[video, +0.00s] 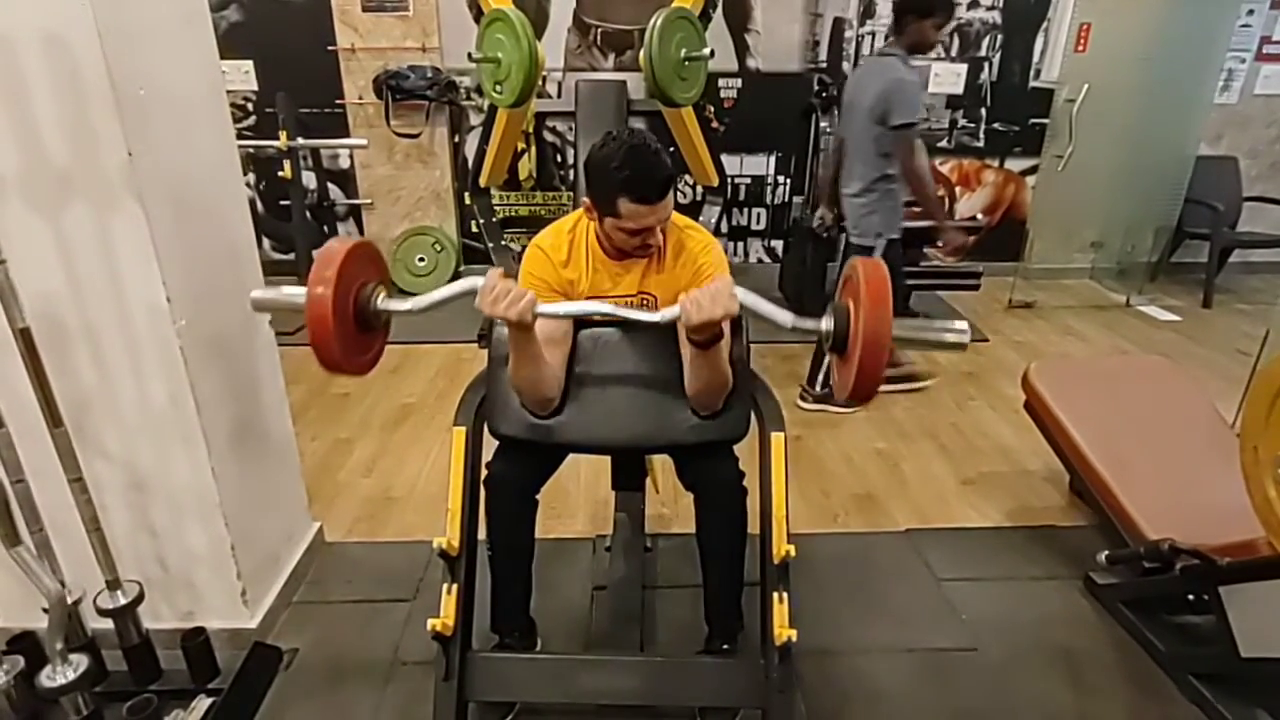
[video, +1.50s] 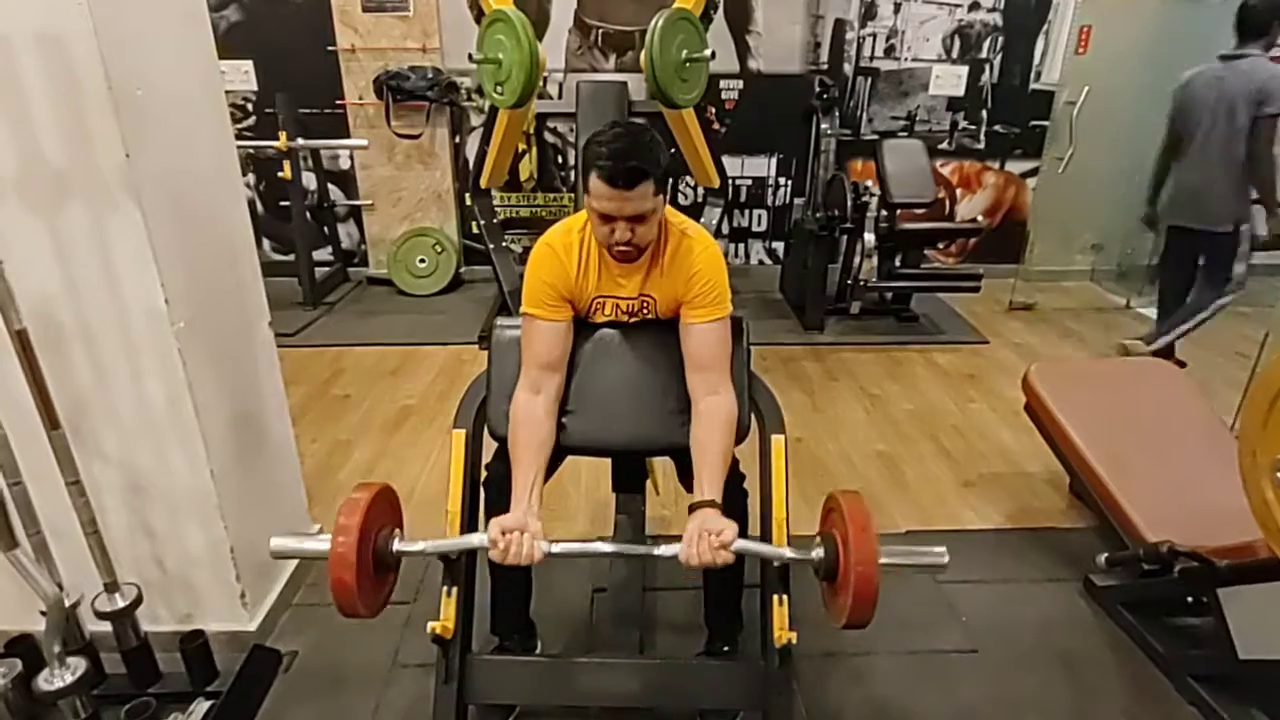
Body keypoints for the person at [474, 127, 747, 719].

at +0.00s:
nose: (652, 238)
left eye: (661, 224)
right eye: (635, 231)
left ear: (671, 199)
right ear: (593, 211)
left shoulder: (696, 249)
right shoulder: (551, 250)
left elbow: (709, 401)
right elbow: (539, 401)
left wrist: (704, 339)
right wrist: (520, 329)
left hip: (669, 391)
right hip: (576, 390)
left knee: (720, 479)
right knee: (507, 479)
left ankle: (724, 637)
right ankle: (512, 633)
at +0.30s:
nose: (648, 244)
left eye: (658, 230)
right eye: (629, 236)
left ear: (670, 202)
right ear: (590, 211)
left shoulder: (698, 250)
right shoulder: (549, 250)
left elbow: (706, 367)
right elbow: (539, 372)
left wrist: (709, 401)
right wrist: (513, 391)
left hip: (668, 386)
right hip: (576, 384)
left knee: (720, 475)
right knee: (506, 478)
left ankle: (724, 636)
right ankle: (512, 634)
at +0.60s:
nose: (647, 248)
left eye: (658, 234)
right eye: (629, 240)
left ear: (671, 204)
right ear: (594, 213)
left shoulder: (699, 252)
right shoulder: (550, 250)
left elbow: (707, 373)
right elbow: (536, 370)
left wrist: (712, 438)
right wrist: (515, 428)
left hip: (671, 393)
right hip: (575, 396)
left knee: (721, 467)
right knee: (504, 466)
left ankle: (723, 637)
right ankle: (510, 635)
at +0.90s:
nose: (631, 249)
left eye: (646, 236)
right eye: (614, 237)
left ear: (666, 207)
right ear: (587, 207)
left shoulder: (698, 253)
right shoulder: (550, 251)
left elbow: (708, 383)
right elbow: (536, 379)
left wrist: (706, 489)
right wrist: (515, 482)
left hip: (670, 383)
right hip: (574, 383)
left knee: (721, 490)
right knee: (501, 483)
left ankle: (723, 639)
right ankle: (512, 638)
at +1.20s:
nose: (622, 247)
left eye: (639, 235)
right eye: (607, 233)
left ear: (664, 209)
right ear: (587, 204)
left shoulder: (697, 255)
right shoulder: (551, 253)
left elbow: (708, 390)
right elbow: (536, 385)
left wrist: (704, 509)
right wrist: (521, 507)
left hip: (671, 383)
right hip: (574, 382)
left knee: (722, 490)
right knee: (503, 480)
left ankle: (724, 636)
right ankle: (512, 637)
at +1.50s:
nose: (621, 234)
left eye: (637, 219)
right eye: (606, 218)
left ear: (663, 199)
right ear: (586, 196)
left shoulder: (697, 257)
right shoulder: (554, 254)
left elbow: (711, 390)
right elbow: (537, 386)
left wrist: (707, 502)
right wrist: (524, 506)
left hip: (672, 387)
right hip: (575, 384)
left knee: (724, 491)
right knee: (505, 480)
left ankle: (723, 643)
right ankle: (513, 642)